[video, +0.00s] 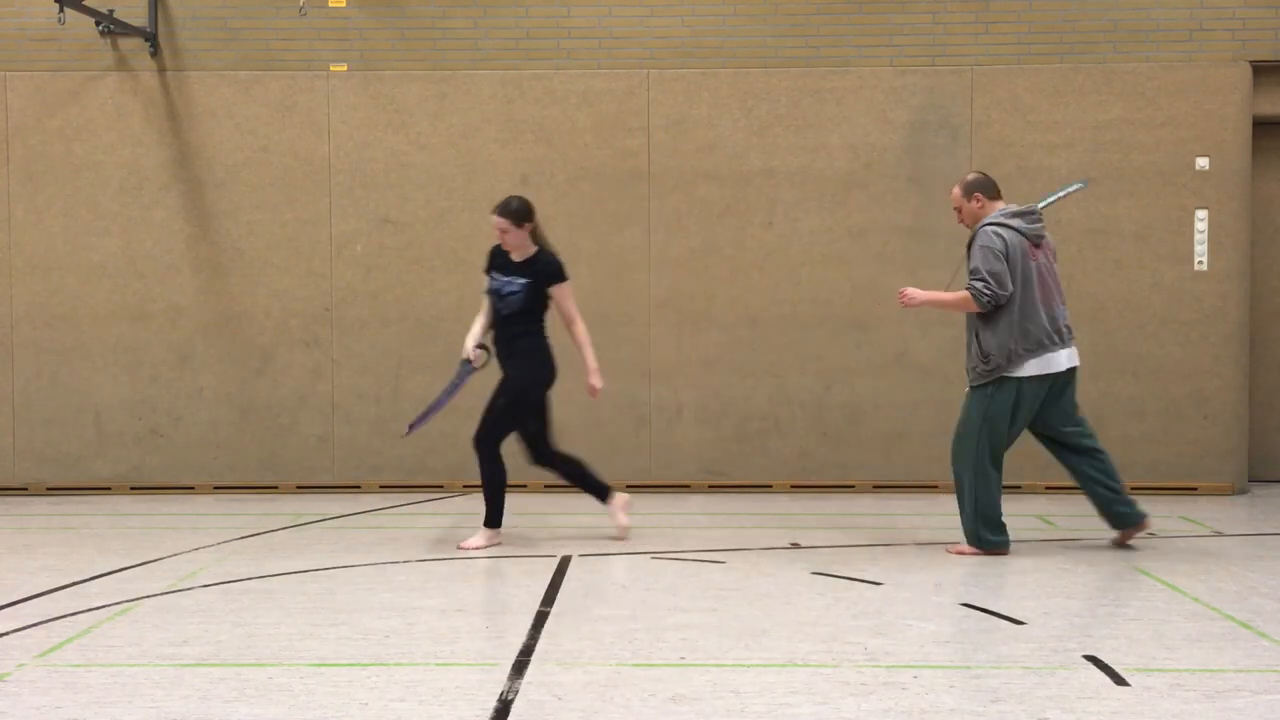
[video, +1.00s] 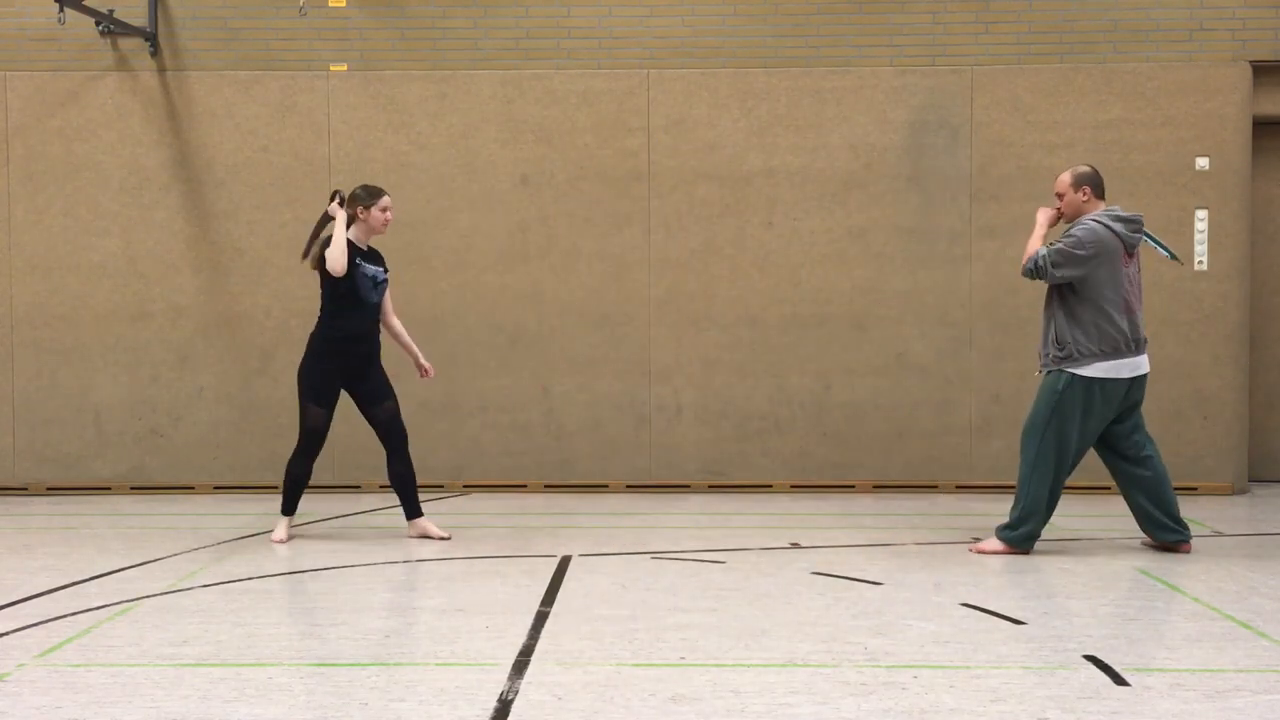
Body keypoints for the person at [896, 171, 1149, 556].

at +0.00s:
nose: (957, 218)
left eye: (958, 209)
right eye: (955, 210)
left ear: (977, 201)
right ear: (988, 199)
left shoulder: (989, 235)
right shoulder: (1030, 229)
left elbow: (986, 296)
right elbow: (1041, 287)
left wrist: (927, 297)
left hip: (1013, 368)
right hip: (1057, 360)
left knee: (972, 448)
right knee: (1070, 437)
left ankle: (987, 539)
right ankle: (1128, 517)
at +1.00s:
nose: (1057, 204)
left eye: (1061, 196)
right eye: (1057, 197)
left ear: (1085, 194)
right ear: (1091, 194)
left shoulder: (1090, 234)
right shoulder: (1122, 229)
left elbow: (1033, 264)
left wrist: (1041, 224)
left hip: (1086, 370)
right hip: (1126, 368)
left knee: (1042, 444)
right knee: (1132, 451)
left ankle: (1017, 537)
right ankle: (1172, 534)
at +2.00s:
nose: (970, 195)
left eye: (975, 187)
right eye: (970, 187)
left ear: (999, 189)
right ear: (1002, 190)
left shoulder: (1004, 233)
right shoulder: (1020, 225)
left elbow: (956, 271)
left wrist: (948, 234)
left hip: (1000, 367)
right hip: (1022, 364)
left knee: (976, 446)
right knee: (1002, 439)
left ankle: (1003, 536)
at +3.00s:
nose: (848, 205)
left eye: (853, 198)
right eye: (846, 198)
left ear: (878, 198)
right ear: (868, 199)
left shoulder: (915, 235)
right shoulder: (846, 246)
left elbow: (911, 282)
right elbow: (804, 263)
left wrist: (865, 245)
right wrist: (749, 250)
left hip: (909, 371)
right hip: (857, 372)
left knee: (929, 447)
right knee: (829, 441)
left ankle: (981, 526)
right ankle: (829, 529)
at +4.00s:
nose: (1009, 215)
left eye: (1012, 207)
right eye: (1009, 208)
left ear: (1034, 207)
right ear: (1039, 208)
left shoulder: (1051, 245)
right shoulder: (1064, 242)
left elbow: (1007, 287)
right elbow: (1037, 316)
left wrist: (996, 255)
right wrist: (987, 339)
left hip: (1075, 376)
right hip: (1103, 372)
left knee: (1008, 439)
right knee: (1099, 451)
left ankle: (1004, 538)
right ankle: (1175, 521)